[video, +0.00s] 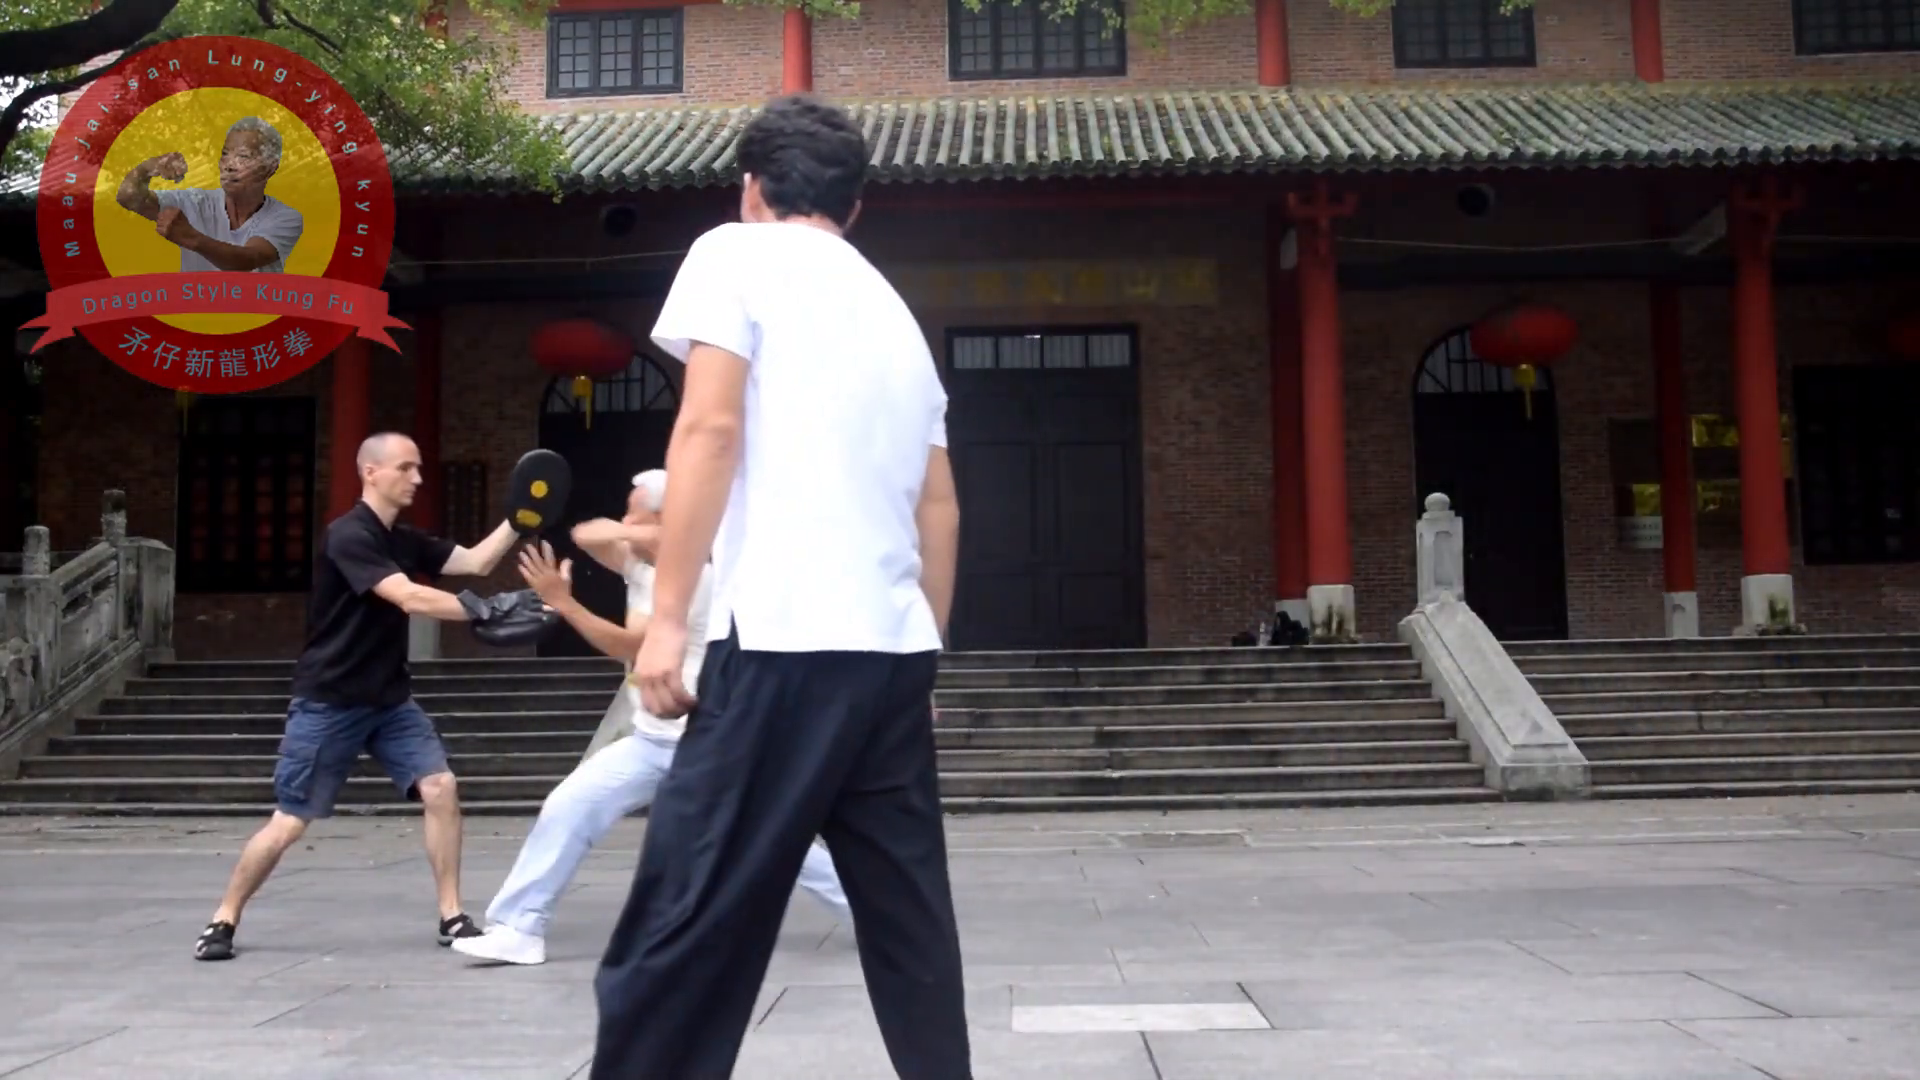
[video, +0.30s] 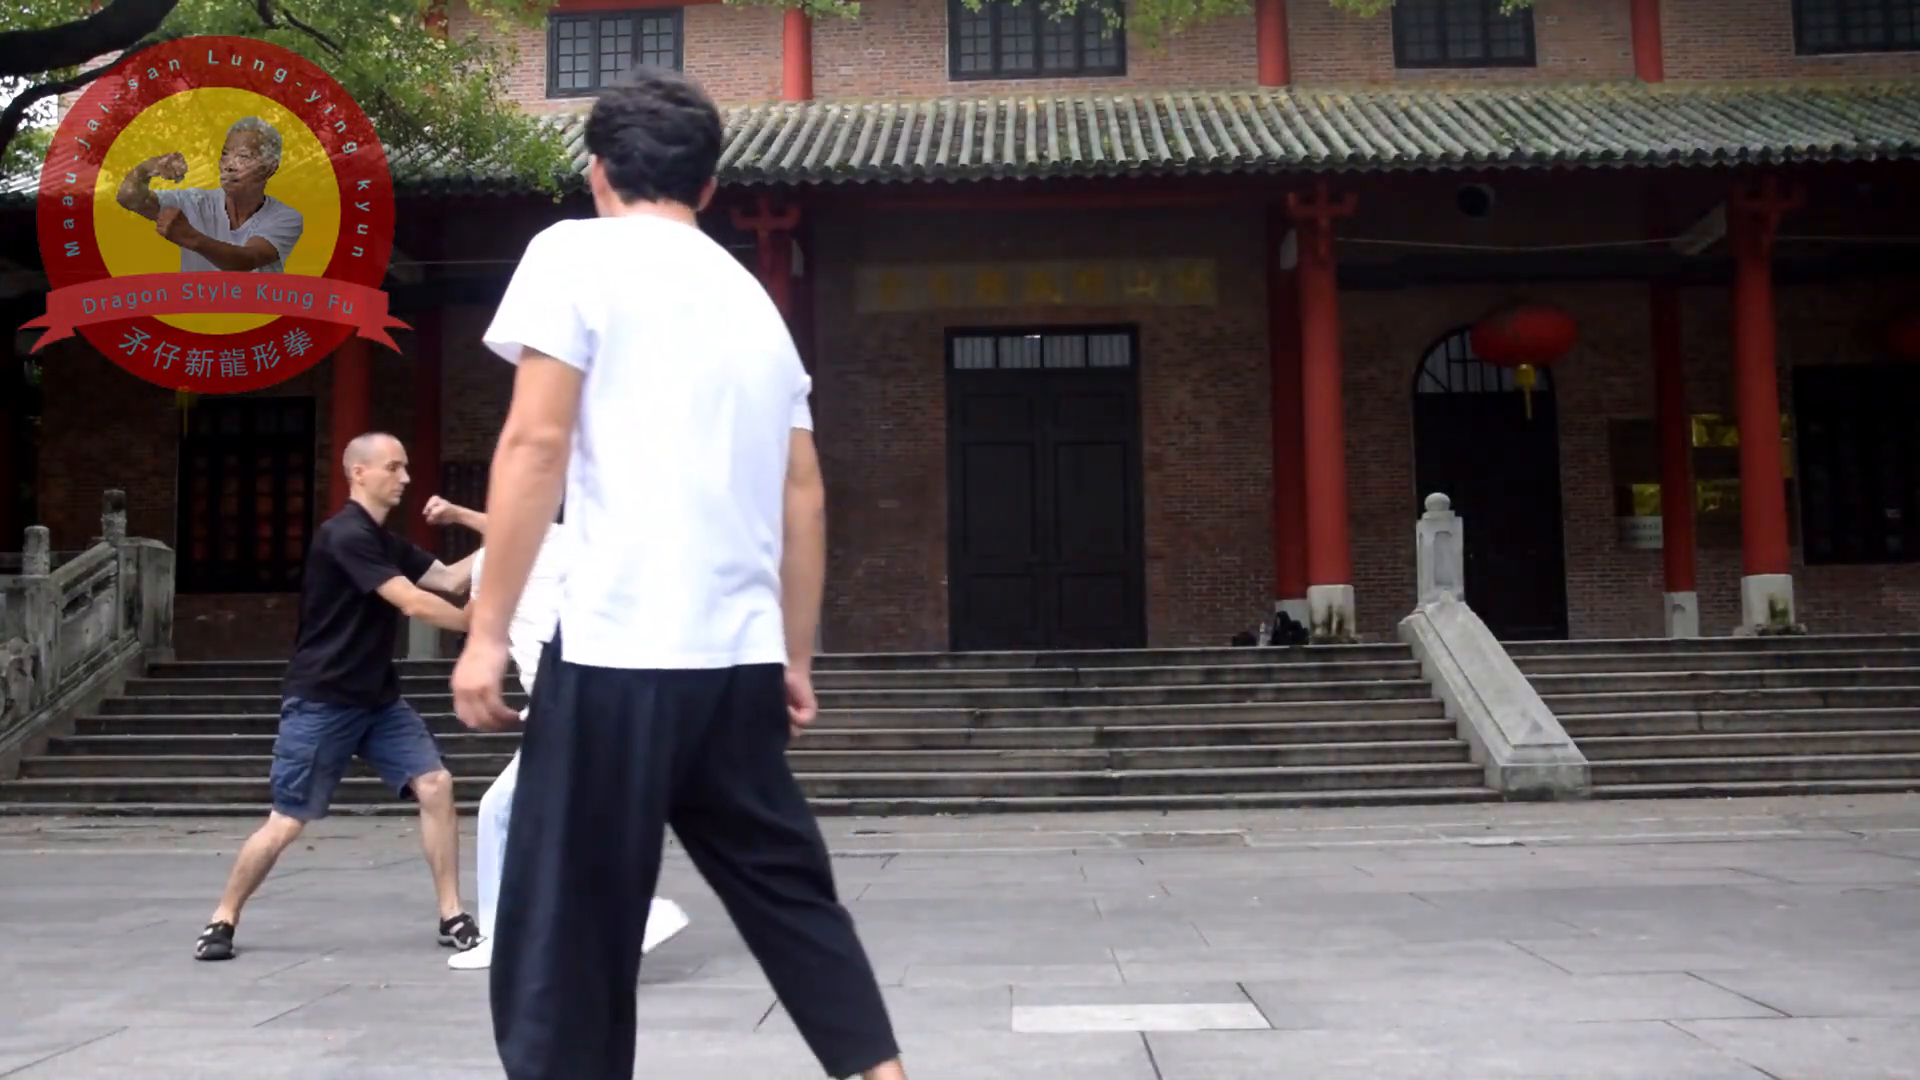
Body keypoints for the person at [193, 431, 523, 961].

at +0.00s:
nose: (417, 478)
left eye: (418, 469)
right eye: (406, 468)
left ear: (410, 477)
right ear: (370, 473)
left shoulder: (404, 538)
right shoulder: (347, 535)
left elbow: (474, 560)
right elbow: (407, 596)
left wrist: (523, 515)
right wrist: (485, 612)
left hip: (390, 701)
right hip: (327, 703)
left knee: (441, 788)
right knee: (289, 824)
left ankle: (453, 915)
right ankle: (224, 920)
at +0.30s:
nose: (404, 477)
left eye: (405, 468)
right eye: (393, 468)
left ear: (391, 476)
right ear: (358, 473)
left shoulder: (383, 537)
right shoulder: (343, 534)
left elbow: (451, 579)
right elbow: (414, 604)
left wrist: (510, 542)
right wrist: (489, 621)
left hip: (378, 700)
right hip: (320, 701)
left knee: (435, 786)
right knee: (286, 823)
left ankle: (453, 915)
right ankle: (224, 919)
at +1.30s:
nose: (258, 484)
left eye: (262, 480)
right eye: (250, 478)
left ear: (265, 485)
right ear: (218, 482)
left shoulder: (265, 528)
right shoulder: (193, 529)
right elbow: (201, 577)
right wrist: (263, 541)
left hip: (240, 688)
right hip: (190, 686)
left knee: (253, 802)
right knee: (235, 804)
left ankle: (159, 879)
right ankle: (180, 924)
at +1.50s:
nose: (229, 466)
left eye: (234, 463)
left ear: (239, 467)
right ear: (209, 458)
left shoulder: (234, 515)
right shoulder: (178, 502)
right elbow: (144, 536)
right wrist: (198, 480)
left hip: (178, 684)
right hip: (143, 680)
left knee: (116, 802)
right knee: (209, 785)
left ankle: (21, 900)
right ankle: (175, 922)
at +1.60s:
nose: (194, 469)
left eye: (199, 462)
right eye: (183, 460)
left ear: (204, 470)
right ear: (160, 466)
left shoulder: (204, 514)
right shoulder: (143, 515)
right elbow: (127, 544)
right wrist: (174, 478)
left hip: (156, 687)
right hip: (123, 684)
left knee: (94, 811)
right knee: (201, 791)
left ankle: (11, 911)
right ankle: (144, 924)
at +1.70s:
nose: (181, 478)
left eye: (188, 472)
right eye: (173, 470)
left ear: (193, 479)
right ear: (152, 475)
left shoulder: (192, 521)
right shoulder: (133, 517)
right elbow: (116, 546)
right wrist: (165, 488)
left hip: (150, 691)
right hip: (116, 690)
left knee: (106, 814)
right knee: (194, 795)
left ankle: (12, 911)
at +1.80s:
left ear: (171, 484)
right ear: (138, 487)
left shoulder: (175, 519)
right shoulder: (123, 515)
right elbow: (108, 542)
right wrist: (157, 488)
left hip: (145, 688)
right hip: (116, 688)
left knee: (100, 816)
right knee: (183, 803)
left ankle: (12, 911)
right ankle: (178, 930)